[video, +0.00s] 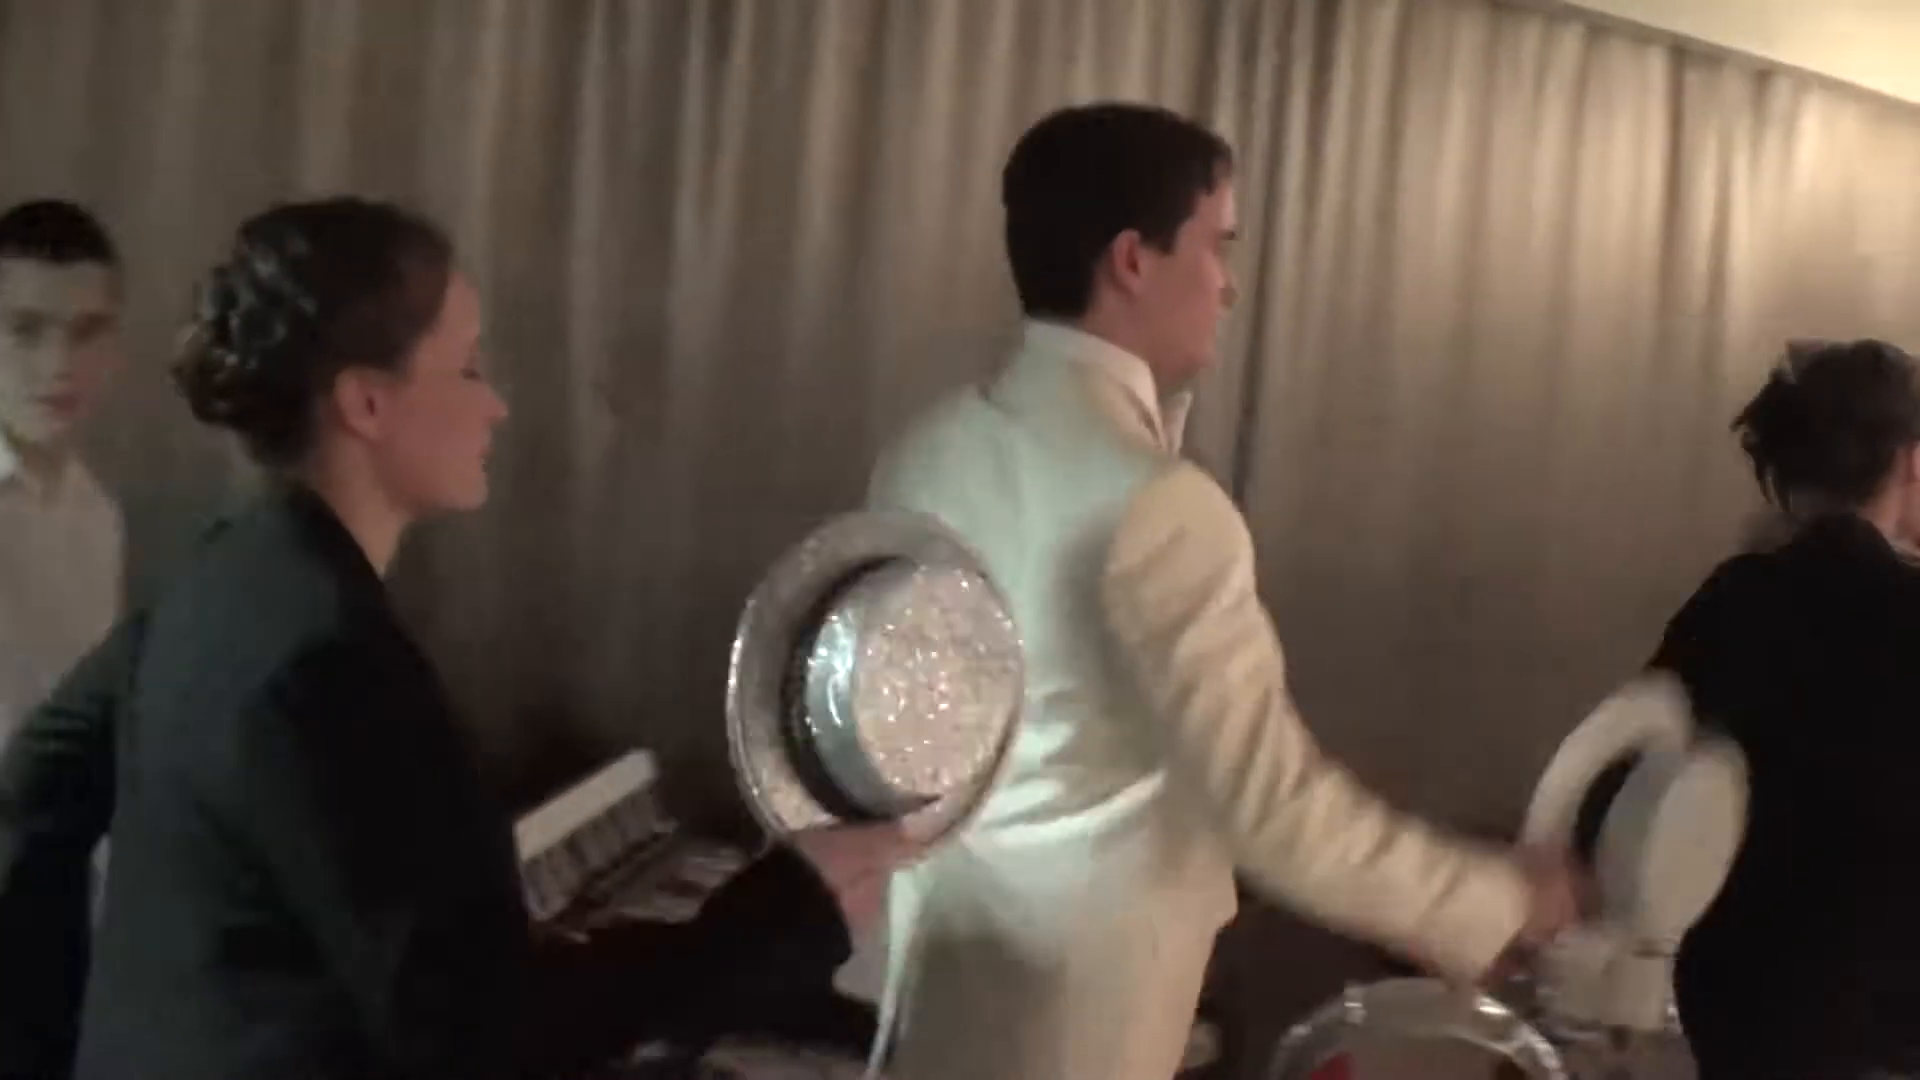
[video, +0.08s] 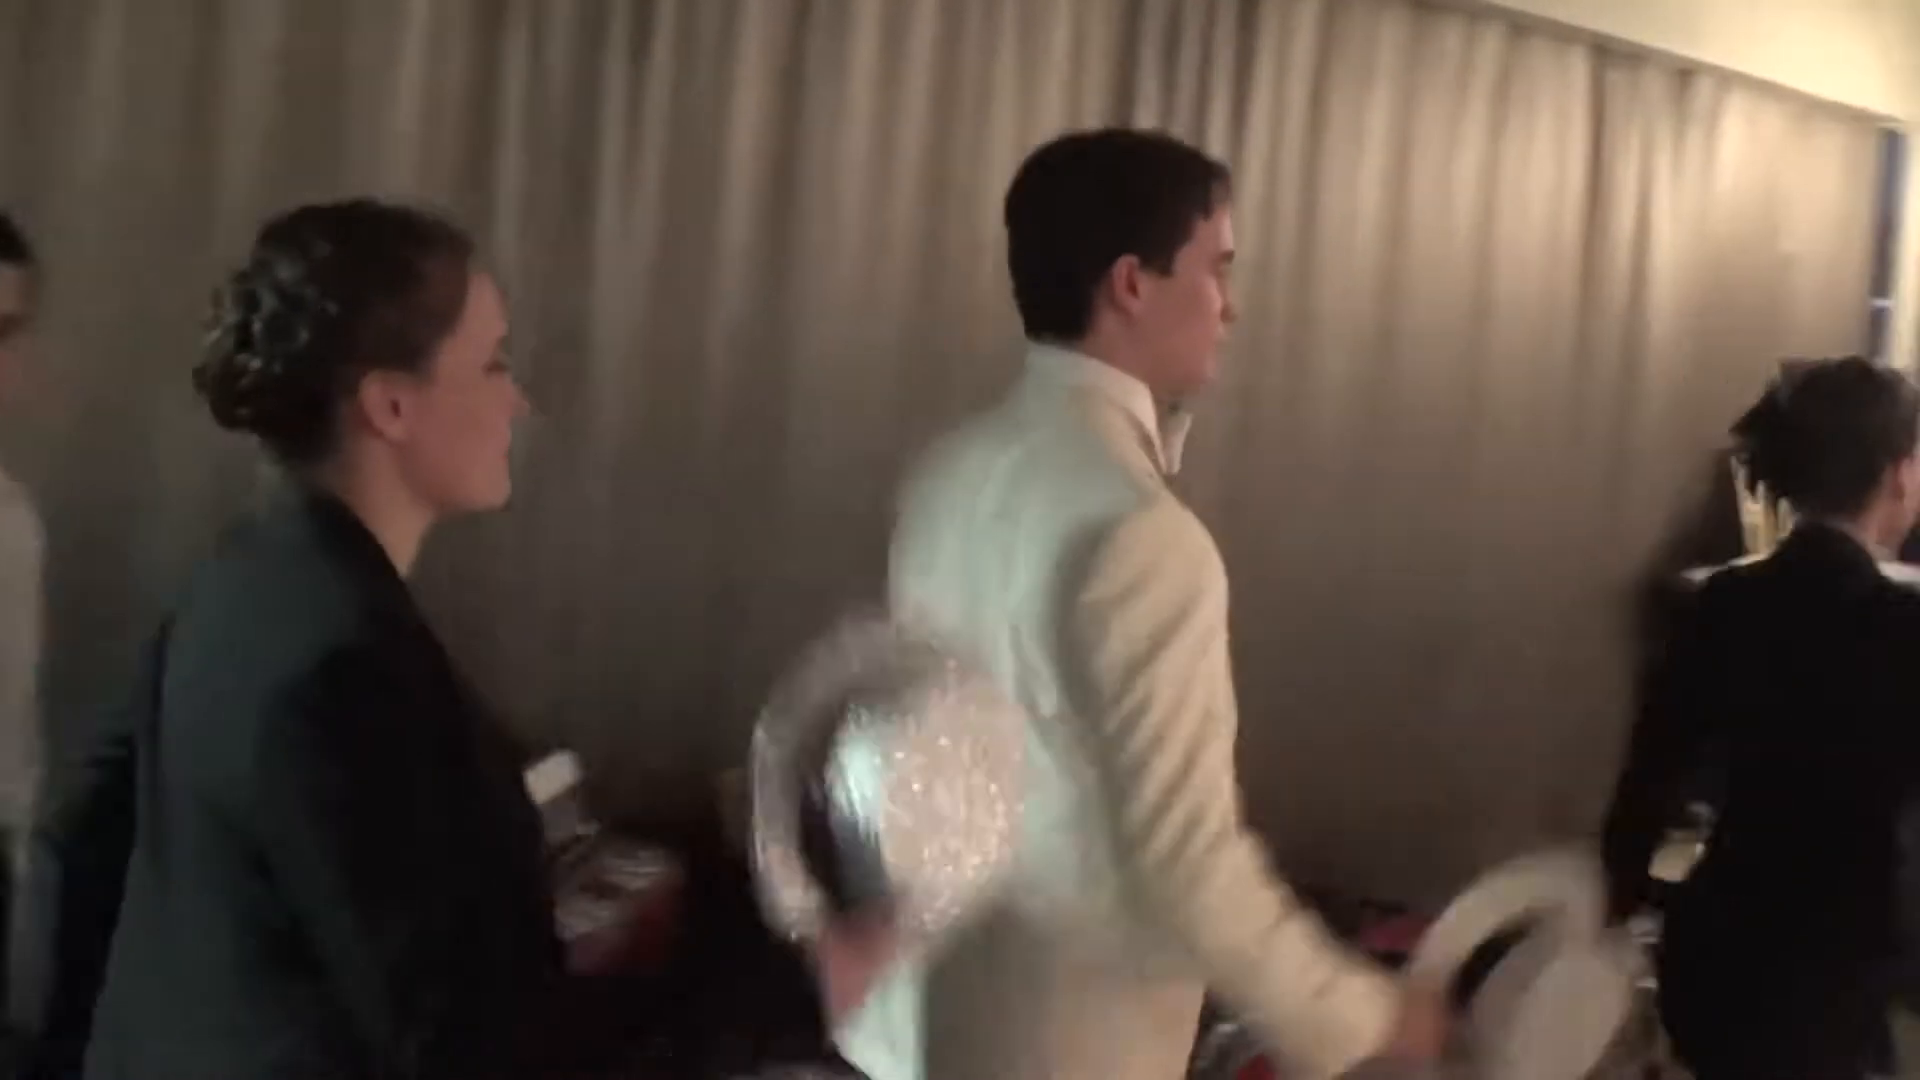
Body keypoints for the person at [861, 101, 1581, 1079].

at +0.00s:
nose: (1229, 283)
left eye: (1227, 249)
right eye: (1217, 247)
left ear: (1120, 266)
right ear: (1133, 263)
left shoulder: (924, 452)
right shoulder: (1153, 505)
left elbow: (874, 721)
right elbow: (1272, 800)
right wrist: (1502, 902)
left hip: (938, 958)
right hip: (1088, 993)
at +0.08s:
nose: (1232, 305)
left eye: (1228, 270)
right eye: (1215, 269)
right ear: (1130, 286)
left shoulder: (946, 477)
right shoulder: (1136, 535)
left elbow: (916, 762)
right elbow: (1188, 857)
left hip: (920, 1013)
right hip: (1083, 1036)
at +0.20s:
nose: (1225, 302)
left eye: (1220, 269)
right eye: (1210, 269)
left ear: (1114, 294)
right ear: (1127, 291)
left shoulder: (970, 459)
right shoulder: (1108, 515)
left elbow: (1018, 710)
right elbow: (1086, 846)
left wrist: (1232, 778)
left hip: (927, 1001)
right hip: (1042, 1034)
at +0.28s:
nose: (1227, 288)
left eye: (1222, 257)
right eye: (1213, 257)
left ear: (1117, 278)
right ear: (1128, 276)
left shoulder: (1006, 423)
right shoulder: (1112, 485)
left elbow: (1144, 613)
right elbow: (1028, 783)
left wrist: (1317, 646)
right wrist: (1089, 1032)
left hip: (931, 981)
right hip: (1029, 1016)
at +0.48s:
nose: (1309, 333)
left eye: (1306, 301)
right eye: (1293, 300)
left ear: (1200, 314)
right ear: (1209, 314)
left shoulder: (1057, 448)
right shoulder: (1221, 524)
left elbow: (1094, 705)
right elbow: (1176, 804)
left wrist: (1327, 689)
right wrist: (1226, 1024)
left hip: (1012, 970)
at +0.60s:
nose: (1307, 364)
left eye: (1308, 330)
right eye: (1297, 329)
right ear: (1218, 337)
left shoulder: (1036, 492)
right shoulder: (1248, 546)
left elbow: (1084, 694)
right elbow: (1274, 811)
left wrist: (1271, 679)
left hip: (1040, 968)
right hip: (1184, 1002)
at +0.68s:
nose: (1321, 356)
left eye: (1322, 325)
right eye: (1313, 323)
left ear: (1177, 330)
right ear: (1239, 330)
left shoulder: (1048, 486)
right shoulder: (1281, 524)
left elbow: (980, 688)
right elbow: (1357, 755)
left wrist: (971, 883)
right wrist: (1500, 837)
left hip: (1059, 934)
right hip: (1219, 969)